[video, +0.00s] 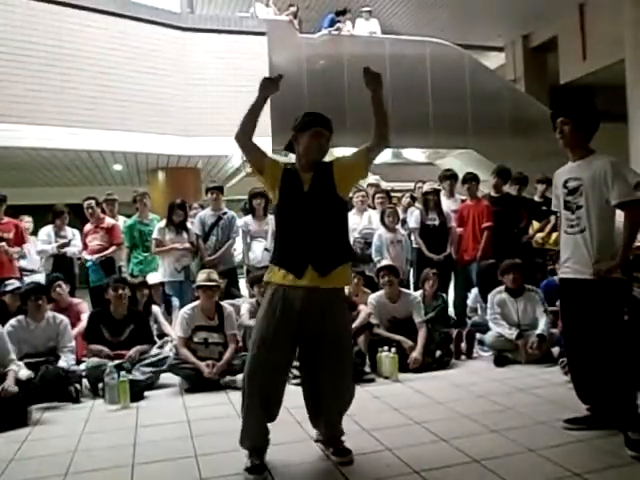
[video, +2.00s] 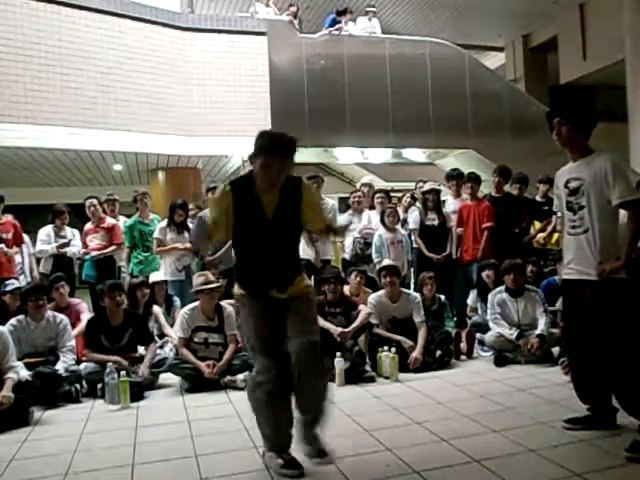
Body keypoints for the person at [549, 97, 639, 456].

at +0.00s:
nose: (561, 133)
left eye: (566, 127)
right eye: (558, 128)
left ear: (585, 130)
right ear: (558, 134)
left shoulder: (607, 166)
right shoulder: (560, 175)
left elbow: (632, 211)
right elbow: (562, 220)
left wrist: (622, 259)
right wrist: (560, 256)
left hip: (604, 275)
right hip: (571, 275)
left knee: (607, 346)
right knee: (578, 346)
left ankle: (620, 412)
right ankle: (597, 409)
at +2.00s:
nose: (555, 133)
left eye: (560, 127)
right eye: (554, 128)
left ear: (578, 128)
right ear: (560, 133)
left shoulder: (607, 164)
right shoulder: (562, 174)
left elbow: (634, 210)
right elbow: (562, 221)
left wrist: (624, 258)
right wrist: (562, 255)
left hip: (607, 277)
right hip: (574, 277)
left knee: (615, 351)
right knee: (580, 348)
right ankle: (599, 410)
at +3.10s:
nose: (607, 116)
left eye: (612, 108)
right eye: (606, 109)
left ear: (629, 111)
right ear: (611, 114)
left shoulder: (634, 159)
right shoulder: (610, 157)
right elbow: (610, 212)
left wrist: (638, 269)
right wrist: (589, 219)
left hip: (633, 279)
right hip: (610, 276)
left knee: (636, 360)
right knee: (603, 350)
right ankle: (605, 415)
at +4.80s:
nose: (620, 119)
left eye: (626, 112)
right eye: (618, 113)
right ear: (619, 119)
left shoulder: (632, 163)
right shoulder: (617, 161)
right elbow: (612, 216)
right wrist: (592, 226)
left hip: (637, 281)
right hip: (620, 278)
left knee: (635, 359)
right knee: (617, 353)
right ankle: (612, 418)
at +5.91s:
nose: (627, 119)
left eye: (630, 111)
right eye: (625, 111)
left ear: (639, 115)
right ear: (626, 117)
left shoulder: (628, 161)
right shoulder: (622, 160)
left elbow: (615, 218)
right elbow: (614, 218)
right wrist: (611, 264)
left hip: (634, 280)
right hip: (624, 277)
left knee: (631, 355)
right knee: (618, 351)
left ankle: (638, 440)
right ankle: (612, 419)